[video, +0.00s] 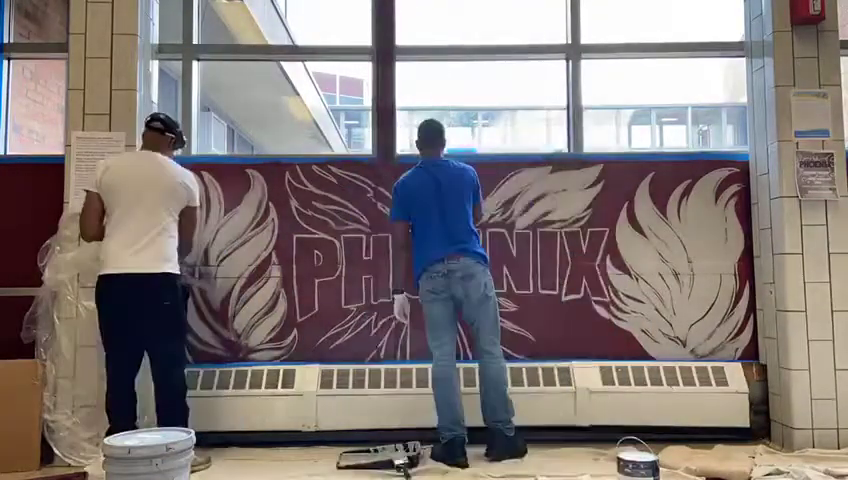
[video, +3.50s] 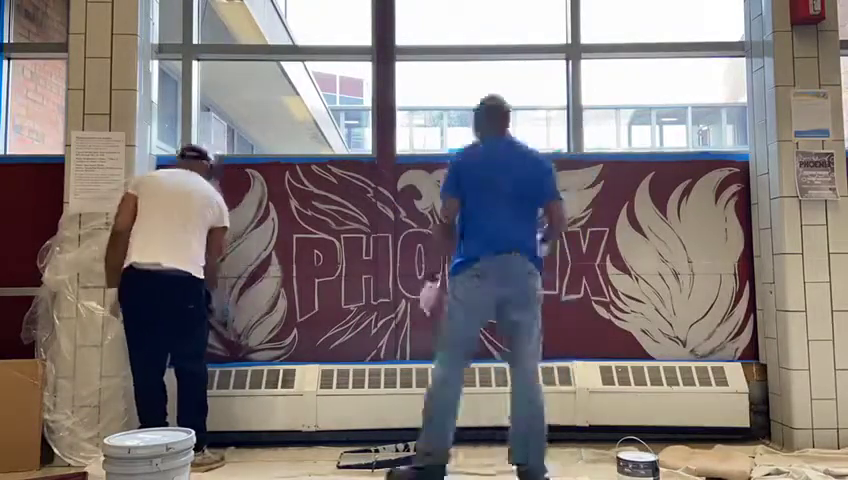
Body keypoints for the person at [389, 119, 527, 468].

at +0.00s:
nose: (430, 149)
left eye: (423, 144)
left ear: (417, 146)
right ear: (445, 144)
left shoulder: (404, 184)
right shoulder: (466, 173)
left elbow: (402, 241)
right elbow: (478, 217)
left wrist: (401, 291)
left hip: (431, 271)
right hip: (471, 265)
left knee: (443, 356)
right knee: (489, 350)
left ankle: (453, 444)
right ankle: (502, 437)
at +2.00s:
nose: (430, 145)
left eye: (426, 140)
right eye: (439, 136)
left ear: (425, 141)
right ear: (451, 137)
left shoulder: (422, 177)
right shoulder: (477, 169)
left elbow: (417, 229)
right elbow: (505, 206)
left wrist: (410, 277)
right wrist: (478, 207)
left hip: (443, 270)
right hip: (480, 269)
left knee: (445, 358)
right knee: (476, 355)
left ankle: (449, 449)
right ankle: (474, 440)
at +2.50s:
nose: (488, 149)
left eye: (484, 144)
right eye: (497, 145)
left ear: (479, 144)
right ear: (505, 148)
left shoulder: (461, 166)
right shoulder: (517, 181)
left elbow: (442, 214)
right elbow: (518, 232)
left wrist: (439, 237)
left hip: (466, 265)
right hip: (505, 268)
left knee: (450, 345)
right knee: (499, 351)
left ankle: (448, 443)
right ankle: (499, 445)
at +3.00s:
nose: (497, 152)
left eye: (490, 144)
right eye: (505, 148)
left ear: (483, 144)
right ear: (512, 149)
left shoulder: (458, 175)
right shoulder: (520, 182)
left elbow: (440, 222)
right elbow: (519, 228)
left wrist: (457, 199)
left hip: (467, 272)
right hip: (507, 271)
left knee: (479, 355)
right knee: (532, 353)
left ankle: (492, 443)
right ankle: (552, 437)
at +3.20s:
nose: (538, 147)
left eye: (530, 138)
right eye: (544, 142)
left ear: (520, 140)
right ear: (547, 144)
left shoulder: (494, 175)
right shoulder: (559, 178)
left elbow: (478, 222)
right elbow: (560, 220)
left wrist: (485, 247)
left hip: (505, 272)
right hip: (546, 271)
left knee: (498, 354)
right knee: (553, 355)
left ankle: (493, 443)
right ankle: (562, 443)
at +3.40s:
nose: (569, 147)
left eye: (560, 139)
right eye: (577, 142)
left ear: (553, 140)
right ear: (581, 144)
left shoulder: (528, 173)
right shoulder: (592, 182)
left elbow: (510, 225)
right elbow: (592, 227)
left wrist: (498, 271)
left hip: (531, 273)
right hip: (573, 273)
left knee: (514, 355)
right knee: (567, 357)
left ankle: (506, 438)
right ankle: (563, 441)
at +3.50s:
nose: (478, 131)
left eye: (476, 124)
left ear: (477, 125)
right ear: (508, 123)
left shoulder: (465, 159)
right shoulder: (535, 161)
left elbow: (447, 216)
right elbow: (558, 220)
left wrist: (446, 266)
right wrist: (543, 241)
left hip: (475, 267)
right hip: (522, 266)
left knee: (449, 363)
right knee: (526, 369)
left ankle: (431, 459)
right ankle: (531, 466)